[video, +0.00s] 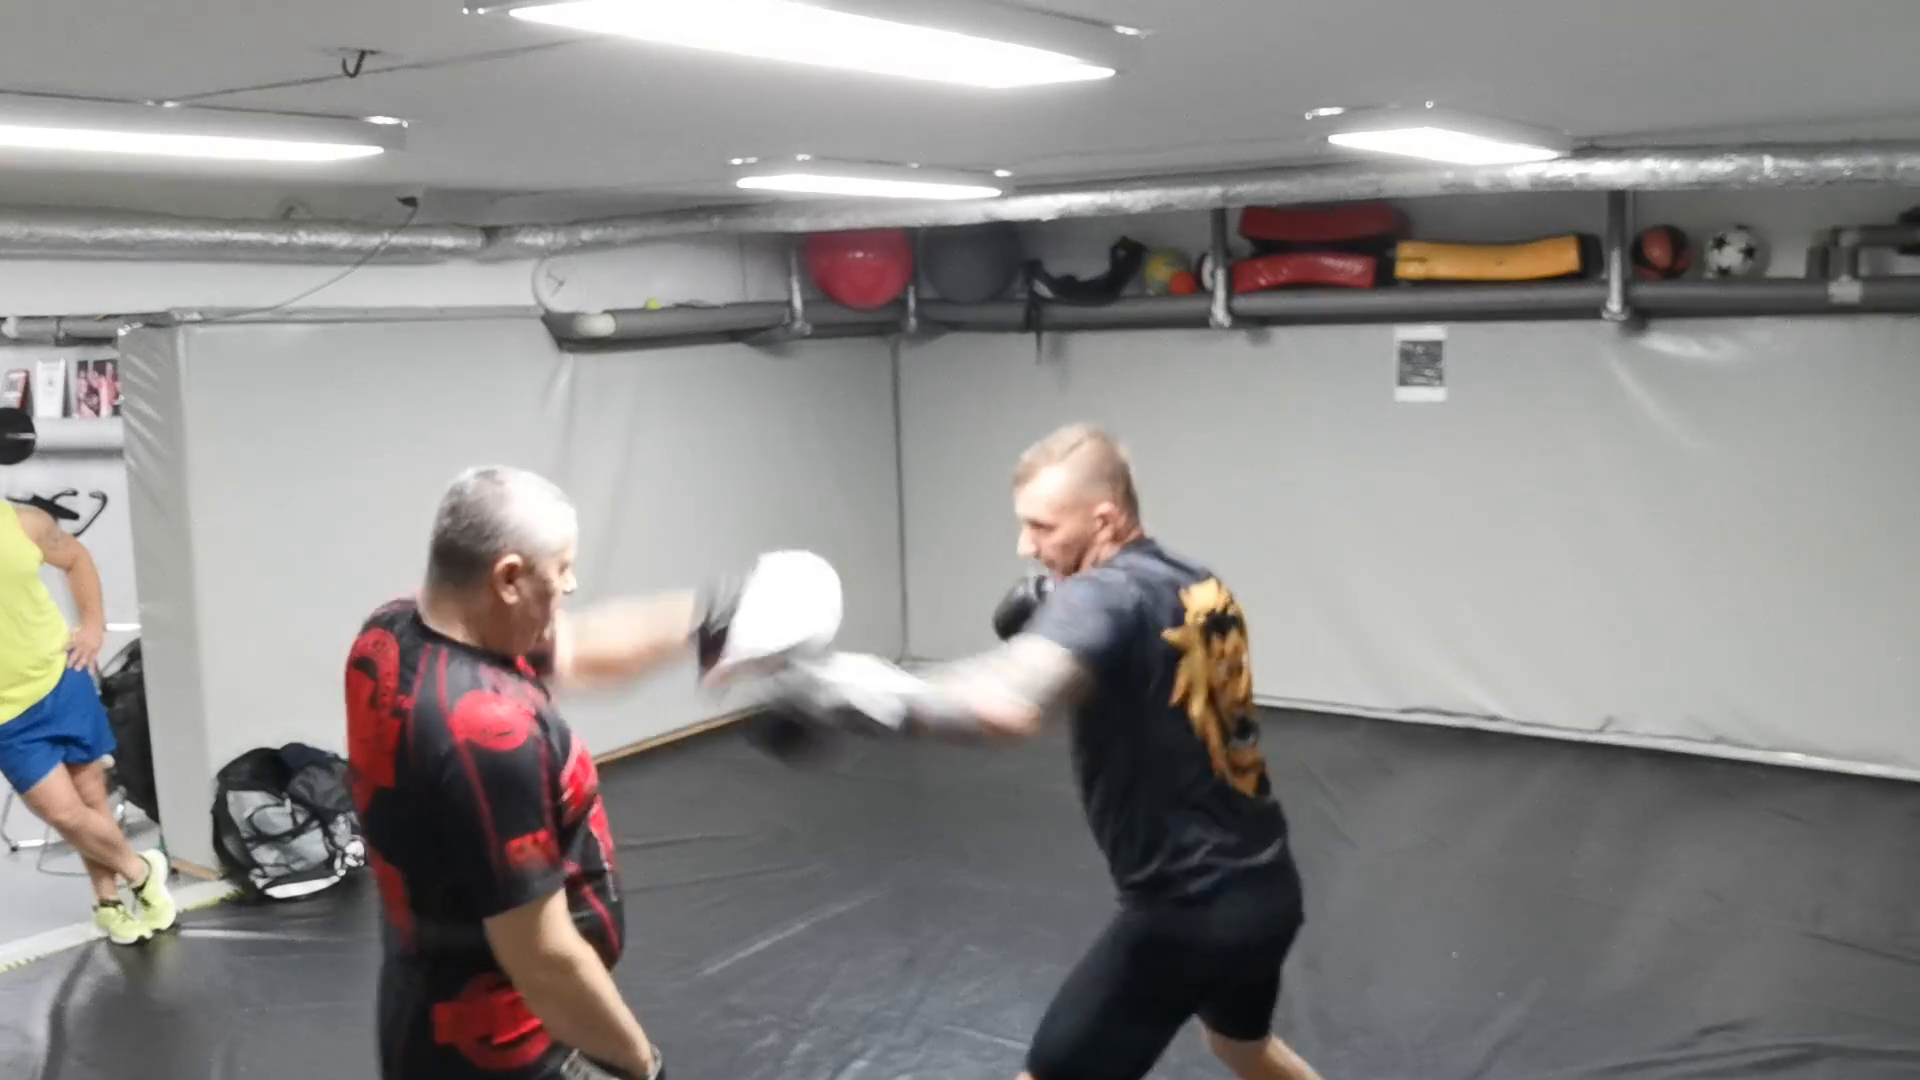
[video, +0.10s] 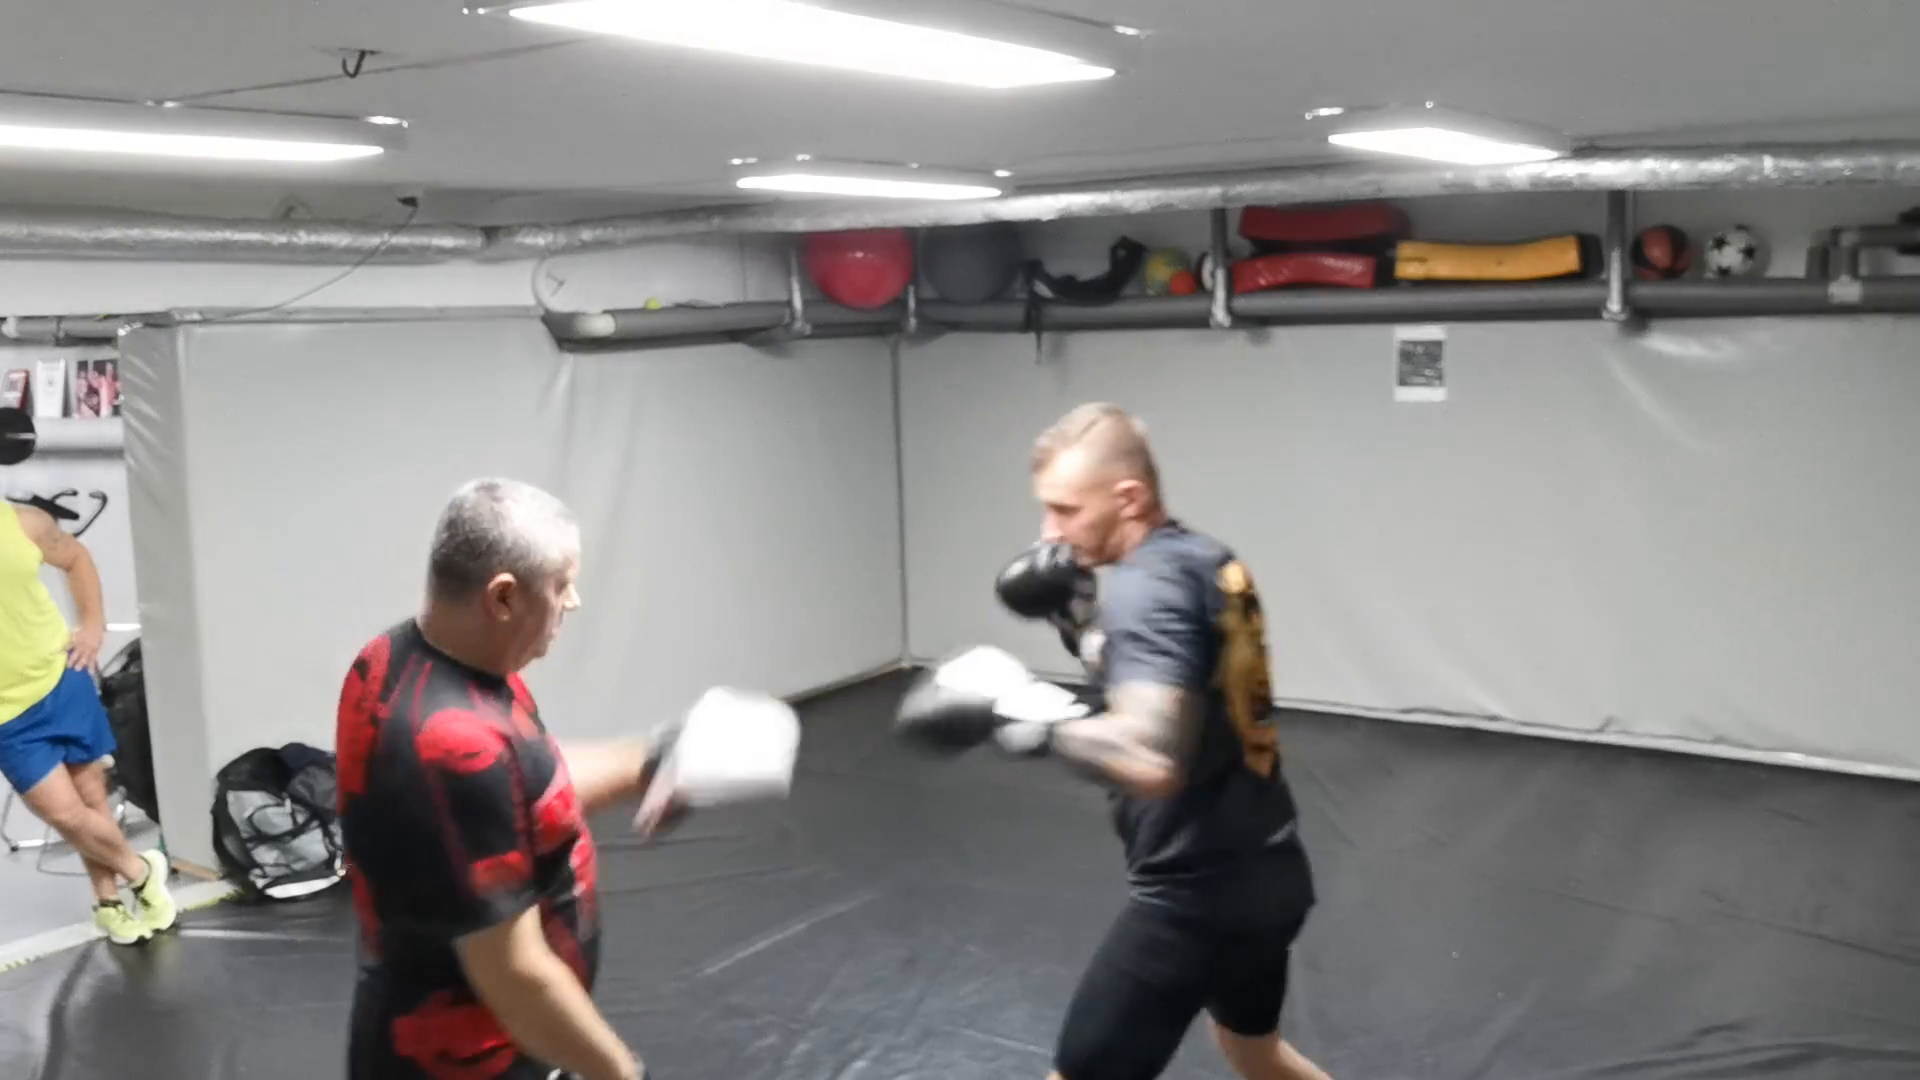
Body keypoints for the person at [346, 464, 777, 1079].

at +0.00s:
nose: (570, 589)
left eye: (569, 572)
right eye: (562, 574)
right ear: (508, 581)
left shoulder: (391, 635)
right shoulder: (488, 733)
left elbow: (576, 648)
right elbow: (542, 956)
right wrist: (643, 1062)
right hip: (512, 1048)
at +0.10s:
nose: (572, 606)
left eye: (570, 588)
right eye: (563, 588)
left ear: (499, 598)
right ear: (502, 598)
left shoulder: (399, 659)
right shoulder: (456, 750)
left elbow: (525, 779)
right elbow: (511, 966)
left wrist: (654, 759)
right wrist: (620, 1068)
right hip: (480, 1060)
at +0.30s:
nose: (573, 609)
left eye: (572, 589)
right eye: (562, 591)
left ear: (499, 595)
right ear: (501, 594)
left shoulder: (428, 658)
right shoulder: (420, 737)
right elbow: (427, 974)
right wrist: (525, 1069)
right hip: (401, 1057)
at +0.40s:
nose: (571, 612)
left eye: (571, 592)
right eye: (562, 592)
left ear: (500, 594)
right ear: (502, 593)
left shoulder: (442, 665)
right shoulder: (408, 727)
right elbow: (401, 970)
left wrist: (486, 1034)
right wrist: (485, 1072)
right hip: (383, 1061)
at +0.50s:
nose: (567, 618)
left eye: (568, 598)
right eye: (557, 598)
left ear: (494, 598)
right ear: (494, 597)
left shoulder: (455, 674)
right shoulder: (388, 720)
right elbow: (366, 960)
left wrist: (501, 961)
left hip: (440, 1035)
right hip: (362, 1060)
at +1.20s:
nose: (352, 622)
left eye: (350, 599)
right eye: (330, 604)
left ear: (257, 609)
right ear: (255, 606)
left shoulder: (281, 670)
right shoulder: (165, 732)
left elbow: (399, 714)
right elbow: (174, 966)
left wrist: (426, 617)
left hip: (310, 1038)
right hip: (205, 1060)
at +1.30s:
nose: (339, 623)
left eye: (337, 600)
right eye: (314, 605)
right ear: (236, 605)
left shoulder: (291, 657)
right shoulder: (147, 727)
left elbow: (430, 688)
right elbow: (153, 965)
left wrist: (479, 612)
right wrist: (256, 1075)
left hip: (303, 1036)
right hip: (189, 1058)